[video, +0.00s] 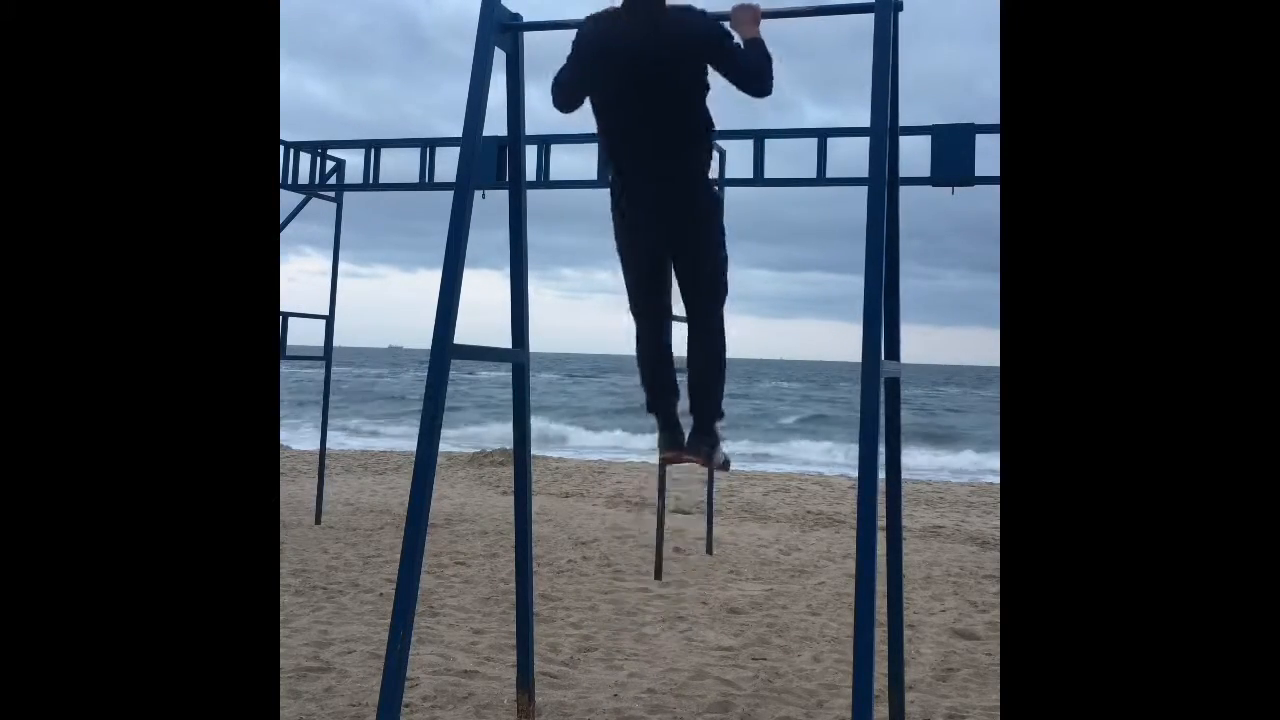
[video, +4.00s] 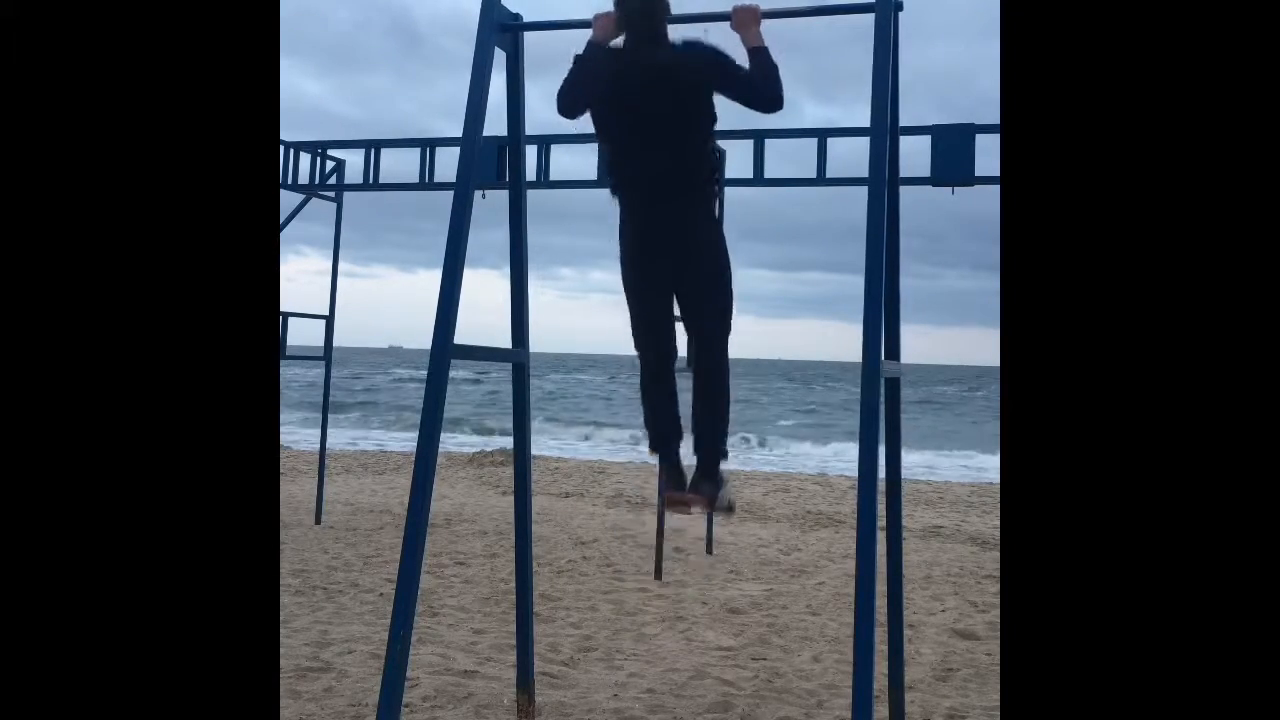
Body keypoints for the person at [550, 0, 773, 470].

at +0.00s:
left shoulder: (597, 31)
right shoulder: (693, 24)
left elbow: (564, 97)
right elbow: (758, 81)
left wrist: (600, 41)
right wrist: (751, 34)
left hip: (633, 199)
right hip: (692, 197)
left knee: (650, 319)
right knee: (706, 316)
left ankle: (668, 434)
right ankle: (704, 438)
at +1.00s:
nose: (640, 75)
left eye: (622, 67)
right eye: (651, 66)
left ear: (613, 75)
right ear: (659, 73)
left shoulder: (600, 125)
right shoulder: (692, 114)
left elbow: (589, 91)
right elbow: (754, 106)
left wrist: (599, 43)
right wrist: (749, 43)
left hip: (634, 288)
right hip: (692, 287)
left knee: (639, 410)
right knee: (696, 413)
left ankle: (642, 531)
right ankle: (678, 538)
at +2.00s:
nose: (680, 129)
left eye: (666, 127)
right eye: (679, 124)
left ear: (632, 139)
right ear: (681, 135)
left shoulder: (623, 170)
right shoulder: (707, 166)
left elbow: (593, 114)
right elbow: (758, 113)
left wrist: (600, 47)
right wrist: (750, 45)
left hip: (645, 339)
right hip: (700, 340)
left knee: (636, 474)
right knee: (691, 480)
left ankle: (626, 603)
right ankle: (663, 610)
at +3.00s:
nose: (677, 114)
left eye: (663, 108)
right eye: (677, 108)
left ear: (627, 119)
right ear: (676, 114)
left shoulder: (614, 157)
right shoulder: (704, 149)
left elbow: (589, 109)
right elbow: (762, 109)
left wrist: (599, 46)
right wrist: (751, 45)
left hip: (645, 324)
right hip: (702, 324)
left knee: (643, 454)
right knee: (699, 460)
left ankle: (639, 578)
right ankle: (678, 587)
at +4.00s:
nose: (644, 18)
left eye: (625, 14)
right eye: (656, 11)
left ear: (620, 19)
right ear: (667, 15)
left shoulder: (601, 66)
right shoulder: (698, 61)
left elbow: (567, 105)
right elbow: (770, 98)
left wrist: (595, 41)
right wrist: (754, 39)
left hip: (640, 234)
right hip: (698, 231)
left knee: (654, 356)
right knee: (710, 353)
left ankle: (670, 477)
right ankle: (707, 478)